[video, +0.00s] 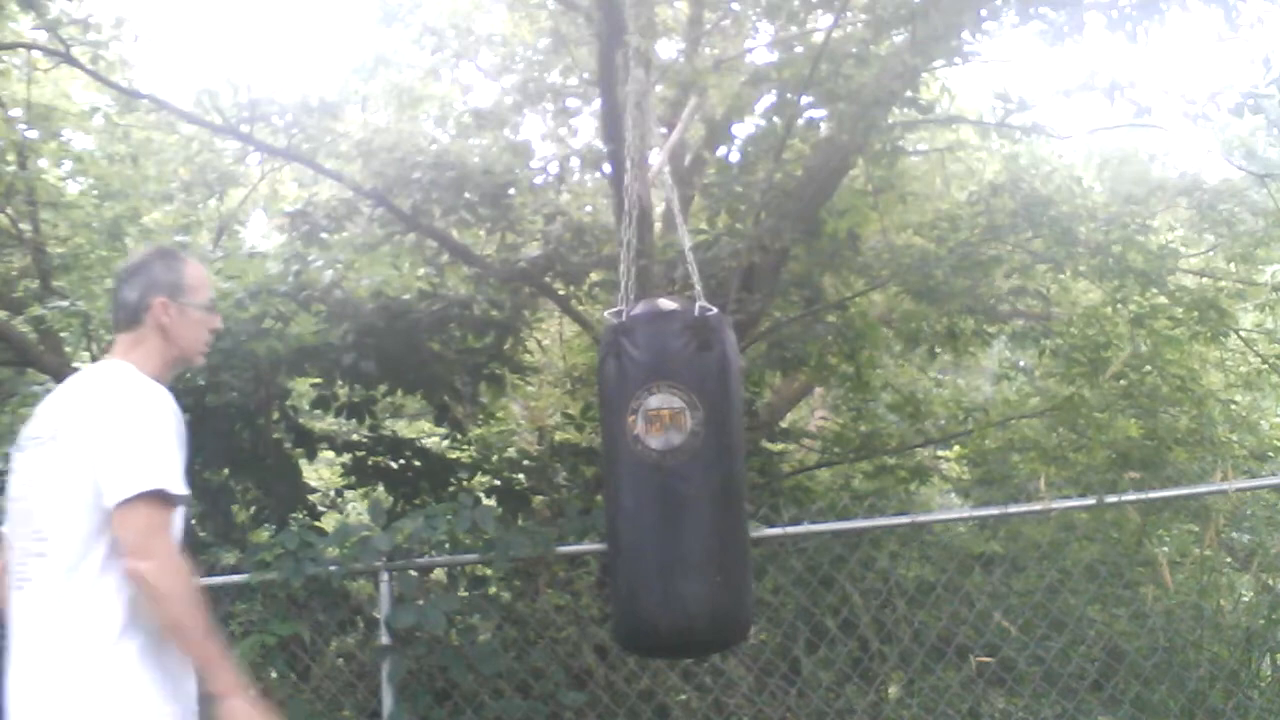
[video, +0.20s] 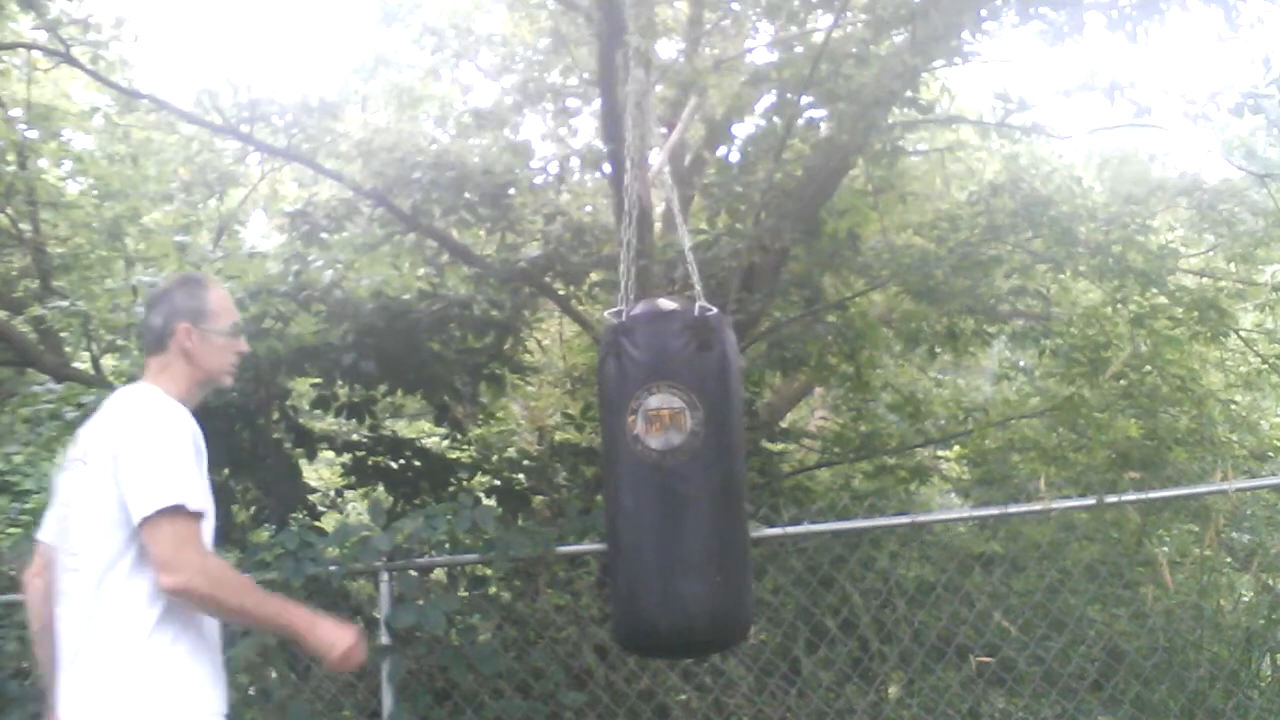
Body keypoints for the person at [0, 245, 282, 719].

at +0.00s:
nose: (219, 324)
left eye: (216, 309)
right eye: (208, 307)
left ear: (161, 313)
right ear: (163, 313)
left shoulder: (54, 405)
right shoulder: (141, 402)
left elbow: (10, 569)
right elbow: (148, 556)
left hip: (38, 695)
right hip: (119, 697)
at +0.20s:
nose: (244, 347)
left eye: (242, 333)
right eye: (233, 333)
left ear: (185, 339)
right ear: (187, 338)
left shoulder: (100, 424)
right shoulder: (159, 421)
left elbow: (39, 579)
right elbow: (181, 568)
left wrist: (60, 696)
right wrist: (310, 626)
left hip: (93, 700)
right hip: (153, 701)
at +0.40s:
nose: (272, 359)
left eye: (271, 344)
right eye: (260, 343)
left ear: (215, 346)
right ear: (213, 343)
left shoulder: (185, 427)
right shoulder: (162, 424)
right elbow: (178, 568)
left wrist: (233, 666)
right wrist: (307, 564)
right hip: (164, 700)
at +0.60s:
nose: (295, 363)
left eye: (296, 349)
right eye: (285, 346)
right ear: (237, 343)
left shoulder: (225, 432)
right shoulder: (174, 416)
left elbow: (272, 533)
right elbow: (253, 525)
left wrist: (329, 460)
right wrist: (324, 442)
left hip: (227, 694)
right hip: (183, 698)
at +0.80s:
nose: (338, 375)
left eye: (339, 361)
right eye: (328, 359)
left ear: (279, 356)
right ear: (278, 354)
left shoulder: (281, 440)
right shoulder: (201, 427)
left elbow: (343, 527)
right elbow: (292, 528)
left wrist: (354, 440)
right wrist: (334, 429)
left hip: (279, 693)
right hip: (213, 700)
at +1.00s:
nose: (399, 369)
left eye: (400, 354)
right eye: (389, 352)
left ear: (345, 351)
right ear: (340, 349)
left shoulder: (362, 439)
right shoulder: (242, 434)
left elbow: (354, 533)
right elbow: (210, 569)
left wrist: (422, 526)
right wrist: (345, 597)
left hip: (357, 694)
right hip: (264, 702)